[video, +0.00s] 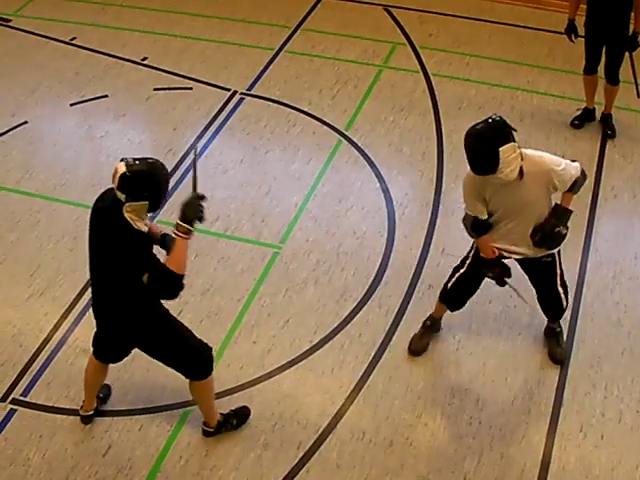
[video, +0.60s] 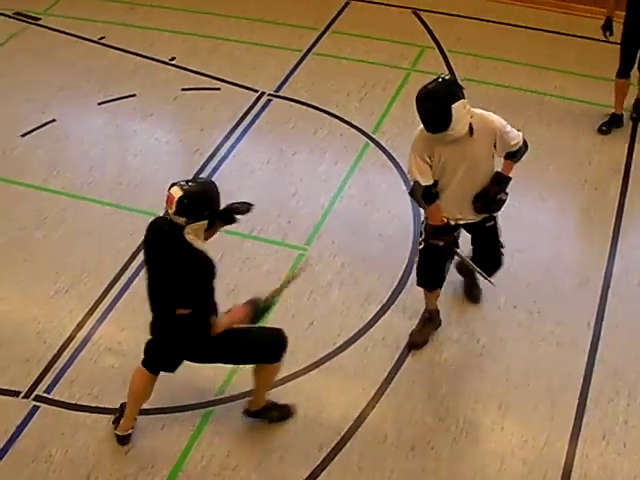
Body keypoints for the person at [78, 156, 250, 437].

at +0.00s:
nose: (120, 165)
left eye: (124, 170)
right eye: (126, 166)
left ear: (124, 187)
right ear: (145, 205)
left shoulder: (105, 203)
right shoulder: (129, 242)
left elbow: (132, 224)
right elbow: (169, 285)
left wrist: (162, 237)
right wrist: (185, 226)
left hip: (107, 309)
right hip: (140, 317)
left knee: (101, 355)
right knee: (199, 358)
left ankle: (88, 406)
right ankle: (212, 421)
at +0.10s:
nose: (134, 168)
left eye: (138, 170)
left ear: (135, 190)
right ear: (158, 206)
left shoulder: (115, 205)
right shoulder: (143, 247)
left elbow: (138, 227)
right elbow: (177, 302)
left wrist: (166, 238)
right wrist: (207, 249)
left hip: (116, 312)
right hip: (152, 320)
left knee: (105, 355)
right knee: (207, 357)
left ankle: (89, 405)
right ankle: (212, 421)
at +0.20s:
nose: (145, 170)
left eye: (150, 174)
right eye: (153, 169)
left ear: (149, 193)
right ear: (168, 208)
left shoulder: (123, 205)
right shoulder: (155, 249)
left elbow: (153, 232)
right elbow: (169, 312)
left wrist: (183, 229)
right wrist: (220, 282)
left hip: (122, 319)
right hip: (157, 325)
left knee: (110, 357)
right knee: (211, 357)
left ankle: (95, 410)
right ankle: (213, 422)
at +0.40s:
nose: (187, 223)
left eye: (189, 217)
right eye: (184, 218)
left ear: (146, 199)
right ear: (165, 218)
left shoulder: (126, 213)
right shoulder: (158, 258)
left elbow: (159, 226)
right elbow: (155, 323)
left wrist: (187, 214)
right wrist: (198, 318)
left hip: (120, 318)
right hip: (152, 328)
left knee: (122, 362)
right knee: (221, 353)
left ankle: (111, 426)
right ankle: (215, 420)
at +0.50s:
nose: (193, 234)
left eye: (195, 228)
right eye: (191, 227)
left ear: (162, 214)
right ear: (172, 224)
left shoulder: (135, 224)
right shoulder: (164, 264)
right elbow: (150, 329)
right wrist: (190, 329)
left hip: (136, 329)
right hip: (166, 334)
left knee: (133, 363)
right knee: (240, 346)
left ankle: (115, 427)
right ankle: (223, 415)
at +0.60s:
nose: (214, 228)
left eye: (215, 223)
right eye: (213, 224)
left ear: (172, 211)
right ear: (202, 226)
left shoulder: (156, 231)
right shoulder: (199, 264)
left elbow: (192, 233)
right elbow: (208, 328)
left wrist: (218, 220)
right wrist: (243, 312)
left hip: (162, 337)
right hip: (195, 343)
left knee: (150, 365)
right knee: (274, 341)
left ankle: (124, 425)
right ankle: (258, 404)